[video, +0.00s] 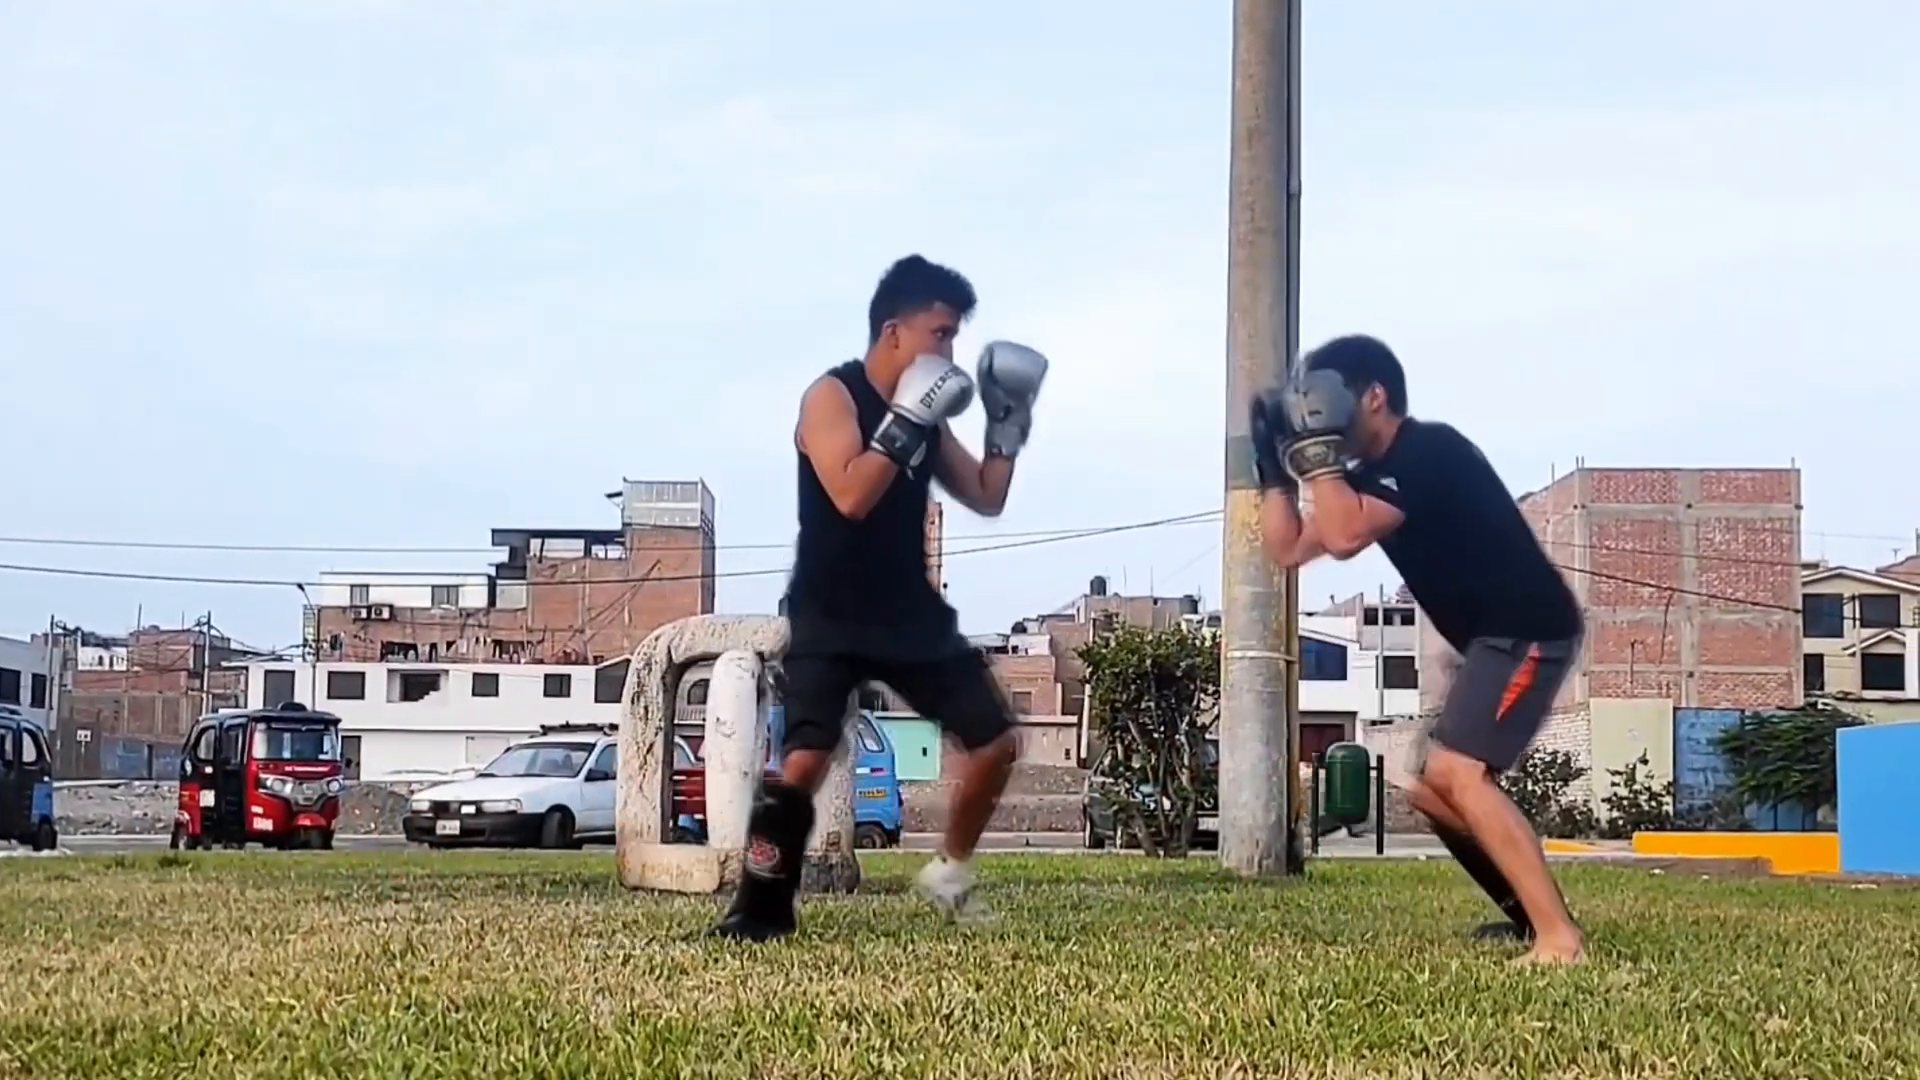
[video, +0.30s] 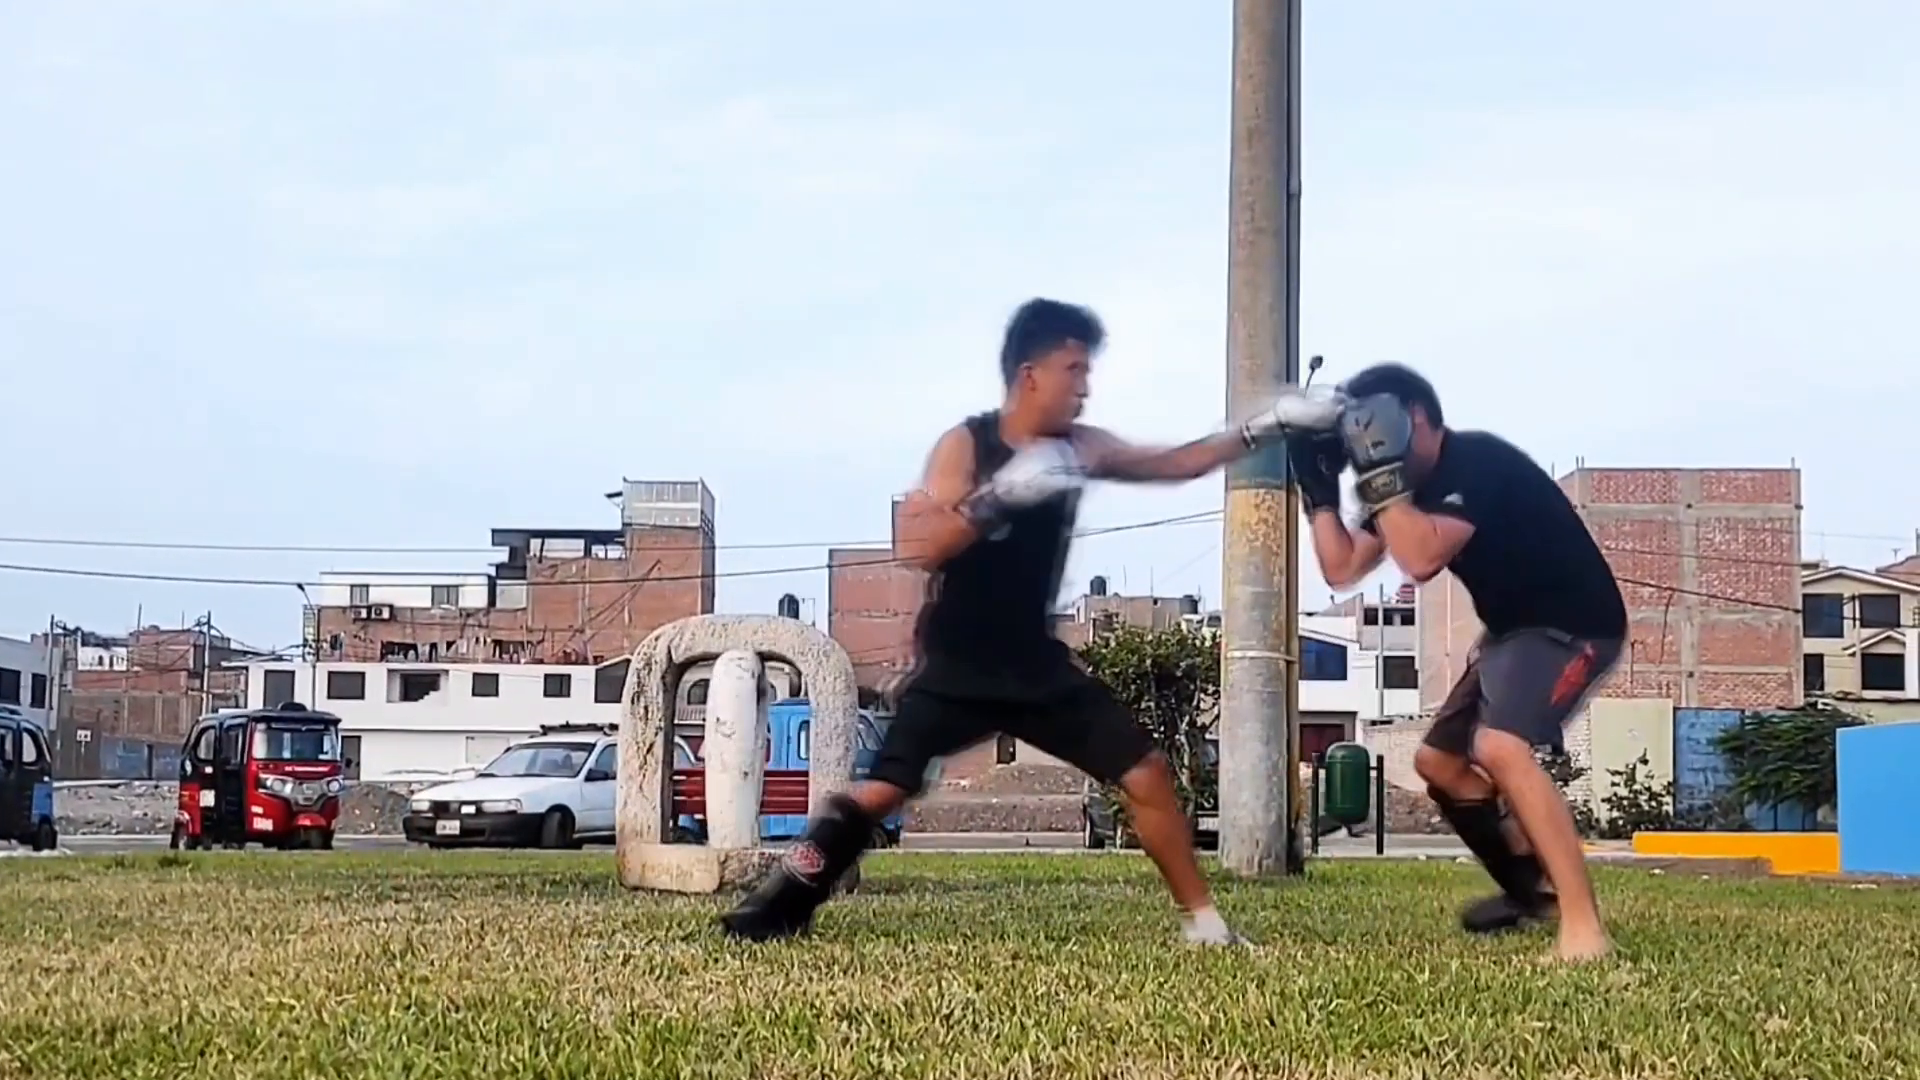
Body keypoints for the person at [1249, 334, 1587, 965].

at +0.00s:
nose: (1327, 422)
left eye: (1337, 405)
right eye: (1320, 410)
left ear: (1378, 397)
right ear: (1365, 404)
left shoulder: (1429, 448)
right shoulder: (1372, 475)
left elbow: (1343, 536)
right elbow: (1287, 552)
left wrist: (1314, 452)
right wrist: (1271, 468)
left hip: (1530, 631)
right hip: (1490, 638)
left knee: (1456, 772)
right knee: (1428, 790)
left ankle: (1559, 939)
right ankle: (1532, 918)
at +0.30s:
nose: (1376, 446)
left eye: (1382, 430)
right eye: (1367, 436)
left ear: (1418, 417)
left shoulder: (1477, 460)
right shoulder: (1416, 489)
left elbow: (1420, 557)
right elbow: (1341, 569)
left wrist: (1377, 469)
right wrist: (1316, 482)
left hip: (1573, 624)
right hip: (1510, 630)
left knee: (1501, 745)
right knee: (1439, 760)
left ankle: (1584, 931)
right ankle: (1530, 893)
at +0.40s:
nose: (1398, 535)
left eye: (1397, 519)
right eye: (1390, 528)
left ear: (1420, 494)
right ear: (1420, 500)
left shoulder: (1480, 507)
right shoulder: (1438, 551)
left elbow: (1408, 595)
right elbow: (1363, 611)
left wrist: (1371, 516)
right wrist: (1326, 532)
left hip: (1593, 662)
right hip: (1526, 672)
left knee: (1511, 753)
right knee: (1427, 780)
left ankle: (1584, 935)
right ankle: (1481, 907)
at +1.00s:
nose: (1389, 422)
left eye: (1397, 407)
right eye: (1379, 416)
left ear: (1433, 397)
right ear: (1378, 425)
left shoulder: (1493, 435)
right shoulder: (1434, 486)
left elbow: (1488, 522)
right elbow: (1455, 581)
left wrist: (1434, 459)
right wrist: (1379, 554)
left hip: (1543, 625)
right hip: (1486, 628)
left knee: (1507, 753)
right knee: (1444, 757)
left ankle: (1579, 896)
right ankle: (1488, 909)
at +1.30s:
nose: (1422, 382)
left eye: (1435, 368)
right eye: (1414, 373)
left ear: (1475, 373)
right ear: (1411, 383)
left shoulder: (1519, 442)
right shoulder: (1420, 458)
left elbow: (1506, 526)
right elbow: (1368, 538)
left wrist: (1475, 442)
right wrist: (1353, 465)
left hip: (1507, 646)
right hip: (1435, 642)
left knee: (1523, 775)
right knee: (1379, 754)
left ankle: (1576, 915)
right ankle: (1402, 879)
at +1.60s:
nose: (1345, 462)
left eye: (1356, 448)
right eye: (1337, 453)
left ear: (1390, 450)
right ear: (1331, 464)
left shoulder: (1443, 496)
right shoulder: (1346, 513)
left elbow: (1430, 574)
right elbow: (1279, 565)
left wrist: (1399, 498)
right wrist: (1291, 483)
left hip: (1467, 663)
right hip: (1395, 666)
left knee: (1490, 764)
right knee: (1319, 773)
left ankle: (1563, 898)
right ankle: (1293, 897)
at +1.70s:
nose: (1328, 539)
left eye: (1338, 524)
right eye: (1319, 528)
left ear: (1369, 522)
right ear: (1312, 532)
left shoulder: (1429, 560)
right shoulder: (1335, 576)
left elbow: (1410, 640)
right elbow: (1276, 634)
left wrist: (1378, 563)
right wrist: (1277, 564)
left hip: (1465, 695)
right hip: (1391, 698)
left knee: (1476, 781)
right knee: (1300, 785)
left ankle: (1546, 907)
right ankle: (1286, 907)